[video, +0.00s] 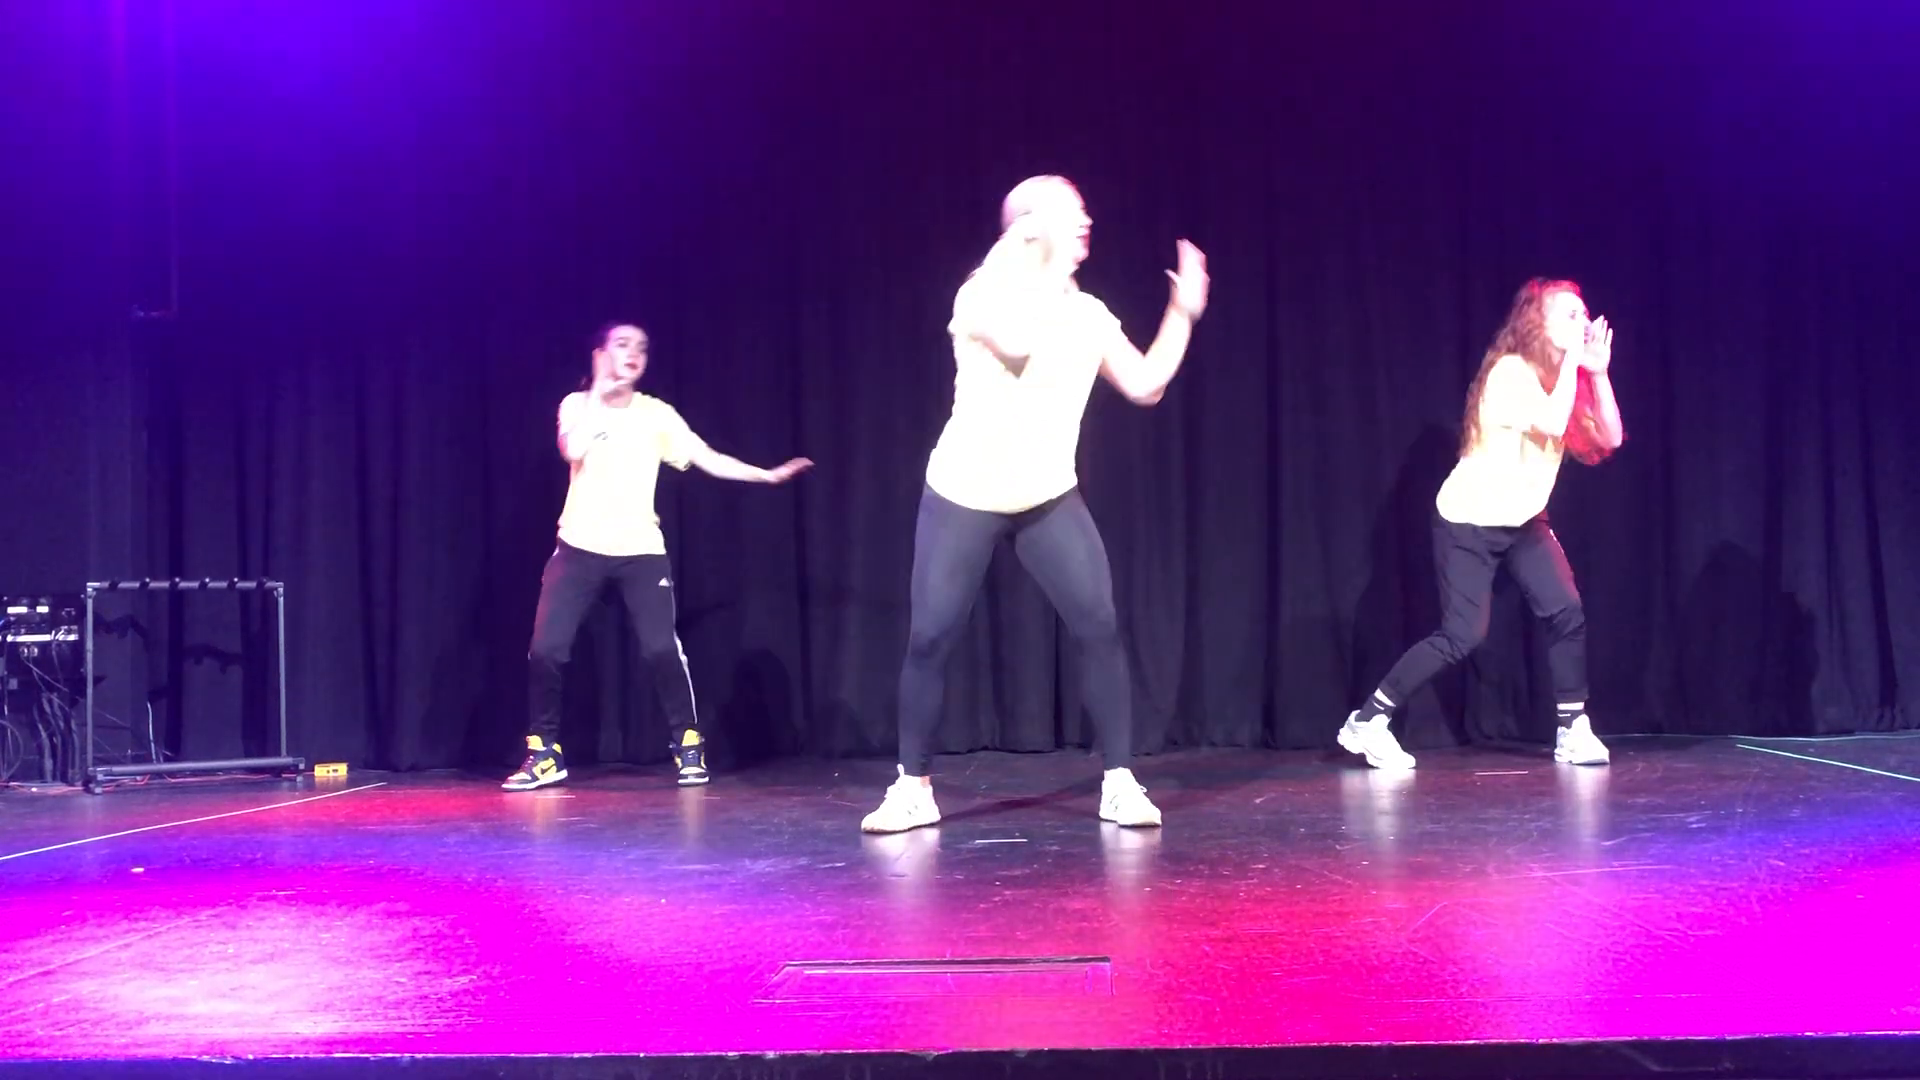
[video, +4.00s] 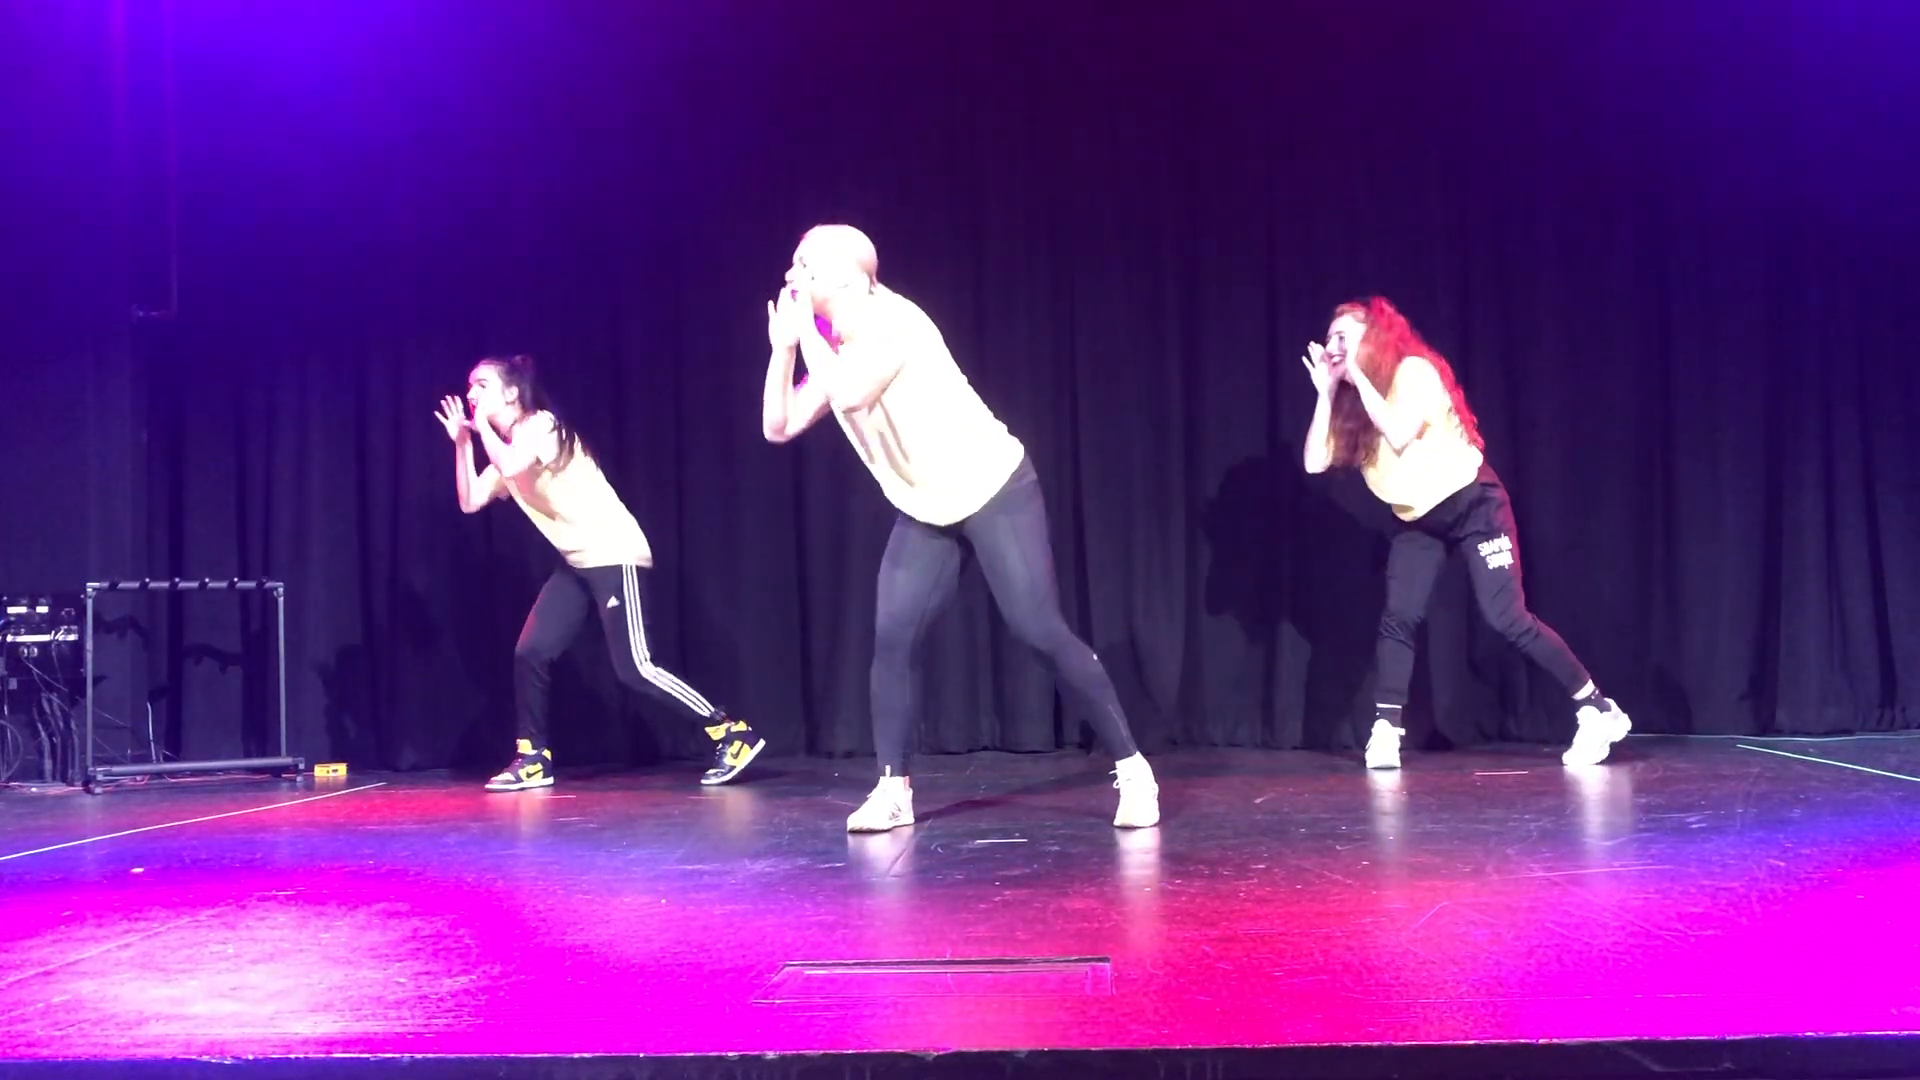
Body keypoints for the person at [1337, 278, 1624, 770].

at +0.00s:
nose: (1580, 322)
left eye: (1582, 315)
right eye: (1568, 313)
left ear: (1582, 326)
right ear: (1536, 321)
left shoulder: (1564, 384)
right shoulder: (1509, 373)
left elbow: (1610, 437)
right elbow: (1553, 423)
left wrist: (1601, 374)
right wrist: (1574, 362)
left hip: (1524, 523)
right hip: (1468, 522)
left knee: (1565, 612)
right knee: (1462, 634)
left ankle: (1572, 731)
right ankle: (1366, 722)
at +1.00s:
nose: (1554, 391)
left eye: (1561, 380)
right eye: (1542, 381)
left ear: (1576, 386)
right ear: (1519, 389)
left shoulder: (1568, 437)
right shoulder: (1484, 423)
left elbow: (1613, 491)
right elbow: (1482, 492)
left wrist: (1587, 434)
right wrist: (1534, 434)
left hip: (1500, 528)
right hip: (1434, 521)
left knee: (1534, 617)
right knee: (1420, 617)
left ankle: (1570, 726)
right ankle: (1386, 729)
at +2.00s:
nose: (1390, 293)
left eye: (1399, 283)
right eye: (1381, 285)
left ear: (1421, 289)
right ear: (1367, 296)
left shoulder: (1450, 334)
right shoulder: (1363, 356)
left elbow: (1484, 394)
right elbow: (1342, 436)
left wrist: (1417, 358)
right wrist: (1363, 373)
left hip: (1473, 484)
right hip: (1408, 500)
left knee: (1520, 602)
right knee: (1402, 614)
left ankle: (1570, 718)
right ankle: (1388, 730)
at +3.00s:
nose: (1631, 339)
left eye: (1630, 330)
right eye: (1621, 331)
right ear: (1589, 338)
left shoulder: (1599, 394)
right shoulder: (1559, 386)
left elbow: (1627, 455)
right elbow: (1502, 447)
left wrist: (1634, 387)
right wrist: (1487, 526)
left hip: (1512, 513)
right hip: (1460, 502)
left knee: (1542, 613)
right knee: (1443, 618)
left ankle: (1555, 731)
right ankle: (1355, 718)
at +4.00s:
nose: (1333, 347)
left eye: (1342, 337)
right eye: (1330, 339)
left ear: (1376, 338)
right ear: (1329, 347)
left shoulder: (1415, 370)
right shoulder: (1350, 400)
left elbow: (1400, 432)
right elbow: (1315, 462)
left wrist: (1355, 377)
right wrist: (1324, 393)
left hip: (1474, 506)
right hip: (1418, 522)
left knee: (1507, 616)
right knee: (1399, 618)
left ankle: (1599, 710)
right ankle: (1387, 730)